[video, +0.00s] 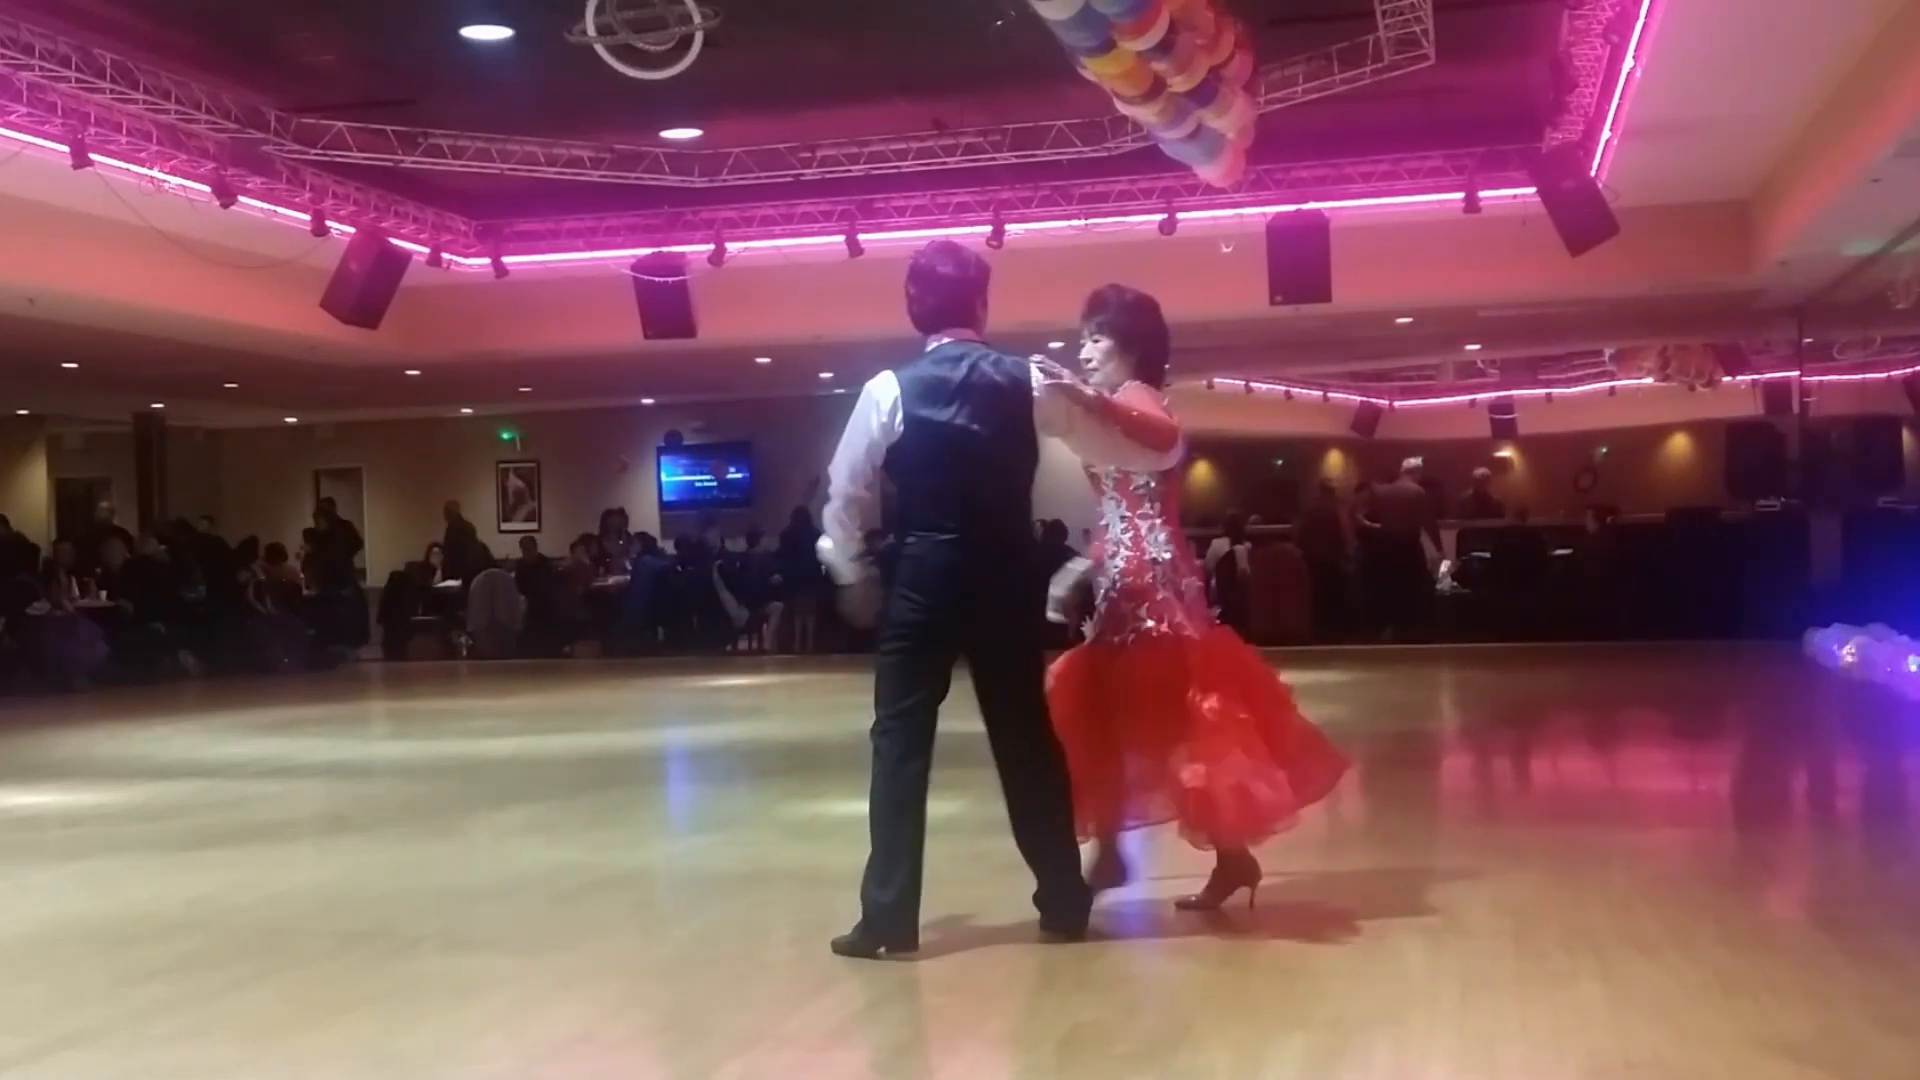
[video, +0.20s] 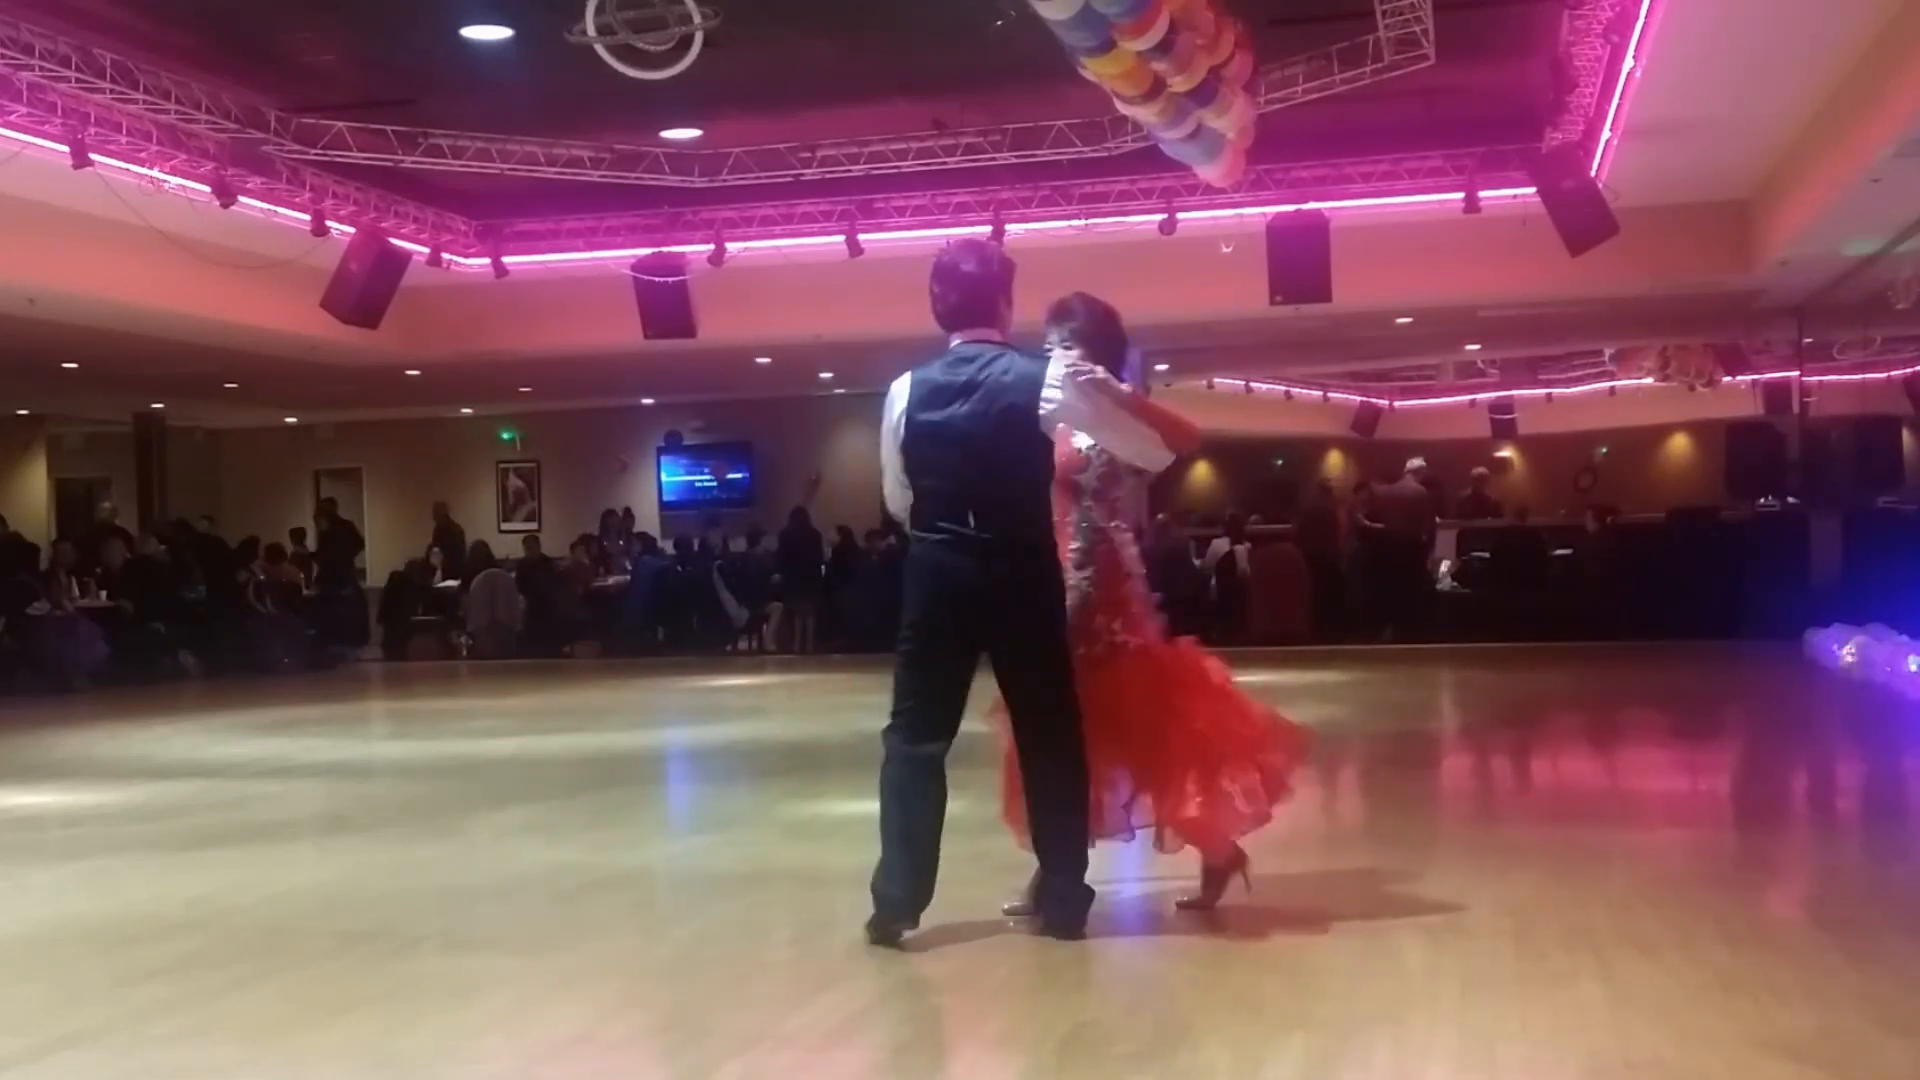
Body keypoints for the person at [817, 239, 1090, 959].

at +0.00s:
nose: (917, 310)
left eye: (915, 299)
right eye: (982, 299)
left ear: (914, 308)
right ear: (982, 304)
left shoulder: (889, 388)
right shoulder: (1031, 382)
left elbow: (847, 490)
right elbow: (1094, 466)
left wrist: (853, 569)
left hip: (922, 578)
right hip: (1007, 577)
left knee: (899, 737)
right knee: (1025, 732)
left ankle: (888, 917)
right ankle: (1064, 903)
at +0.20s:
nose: (1010, 306)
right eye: (1007, 296)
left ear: (936, 309)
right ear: (1005, 303)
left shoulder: (906, 390)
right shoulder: (1053, 377)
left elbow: (899, 502)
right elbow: (1152, 451)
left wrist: (951, 532)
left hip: (937, 576)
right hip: (1025, 575)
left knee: (917, 729)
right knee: (1047, 726)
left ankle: (896, 906)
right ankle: (1064, 899)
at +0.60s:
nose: (995, 320)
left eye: (993, 309)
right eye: (992, 308)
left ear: (920, 303)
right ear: (982, 307)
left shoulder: (881, 385)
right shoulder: (982, 375)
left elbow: (864, 478)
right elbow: (1098, 406)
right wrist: (1108, 449)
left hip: (896, 569)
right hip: (966, 574)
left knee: (907, 731)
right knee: (1014, 734)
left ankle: (885, 899)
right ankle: (1049, 902)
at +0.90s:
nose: (968, 309)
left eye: (966, 298)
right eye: (966, 298)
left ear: (896, 296)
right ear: (955, 299)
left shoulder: (857, 376)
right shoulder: (954, 368)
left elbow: (817, 471)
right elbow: (1048, 376)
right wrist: (1156, 369)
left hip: (872, 559)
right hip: (929, 562)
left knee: (894, 725)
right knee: (919, 729)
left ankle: (889, 893)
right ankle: (825, 869)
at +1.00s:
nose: (966, 312)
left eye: (964, 300)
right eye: (964, 300)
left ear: (895, 298)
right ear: (954, 301)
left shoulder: (858, 376)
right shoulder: (951, 370)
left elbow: (801, 469)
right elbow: (1048, 374)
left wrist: (829, 520)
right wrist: (1157, 357)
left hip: (870, 559)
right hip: (924, 562)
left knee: (903, 726)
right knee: (890, 726)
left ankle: (887, 894)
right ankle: (790, 877)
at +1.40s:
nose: (951, 317)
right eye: (955, 306)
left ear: (891, 309)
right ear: (955, 311)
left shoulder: (854, 388)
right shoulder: (961, 381)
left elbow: (781, 473)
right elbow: (1043, 431)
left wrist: (782, 467)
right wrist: (1138, 452)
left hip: (865, 565)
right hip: (929, 570)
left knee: (890, 727)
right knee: (916, 735)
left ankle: (882, 888)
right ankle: (843, 885)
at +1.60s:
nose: (930, 314)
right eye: (937, 302)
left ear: (875, 305)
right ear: (941, 308)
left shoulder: (837, 383)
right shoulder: (969, 383)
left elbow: (799, 481)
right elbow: (1052, 456)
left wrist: (844, 528)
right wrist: (1068, 500)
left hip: (866, 577)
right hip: (946, 578)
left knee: (869, 731)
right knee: (961, 728)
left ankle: (873, 897)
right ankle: (962, 895)